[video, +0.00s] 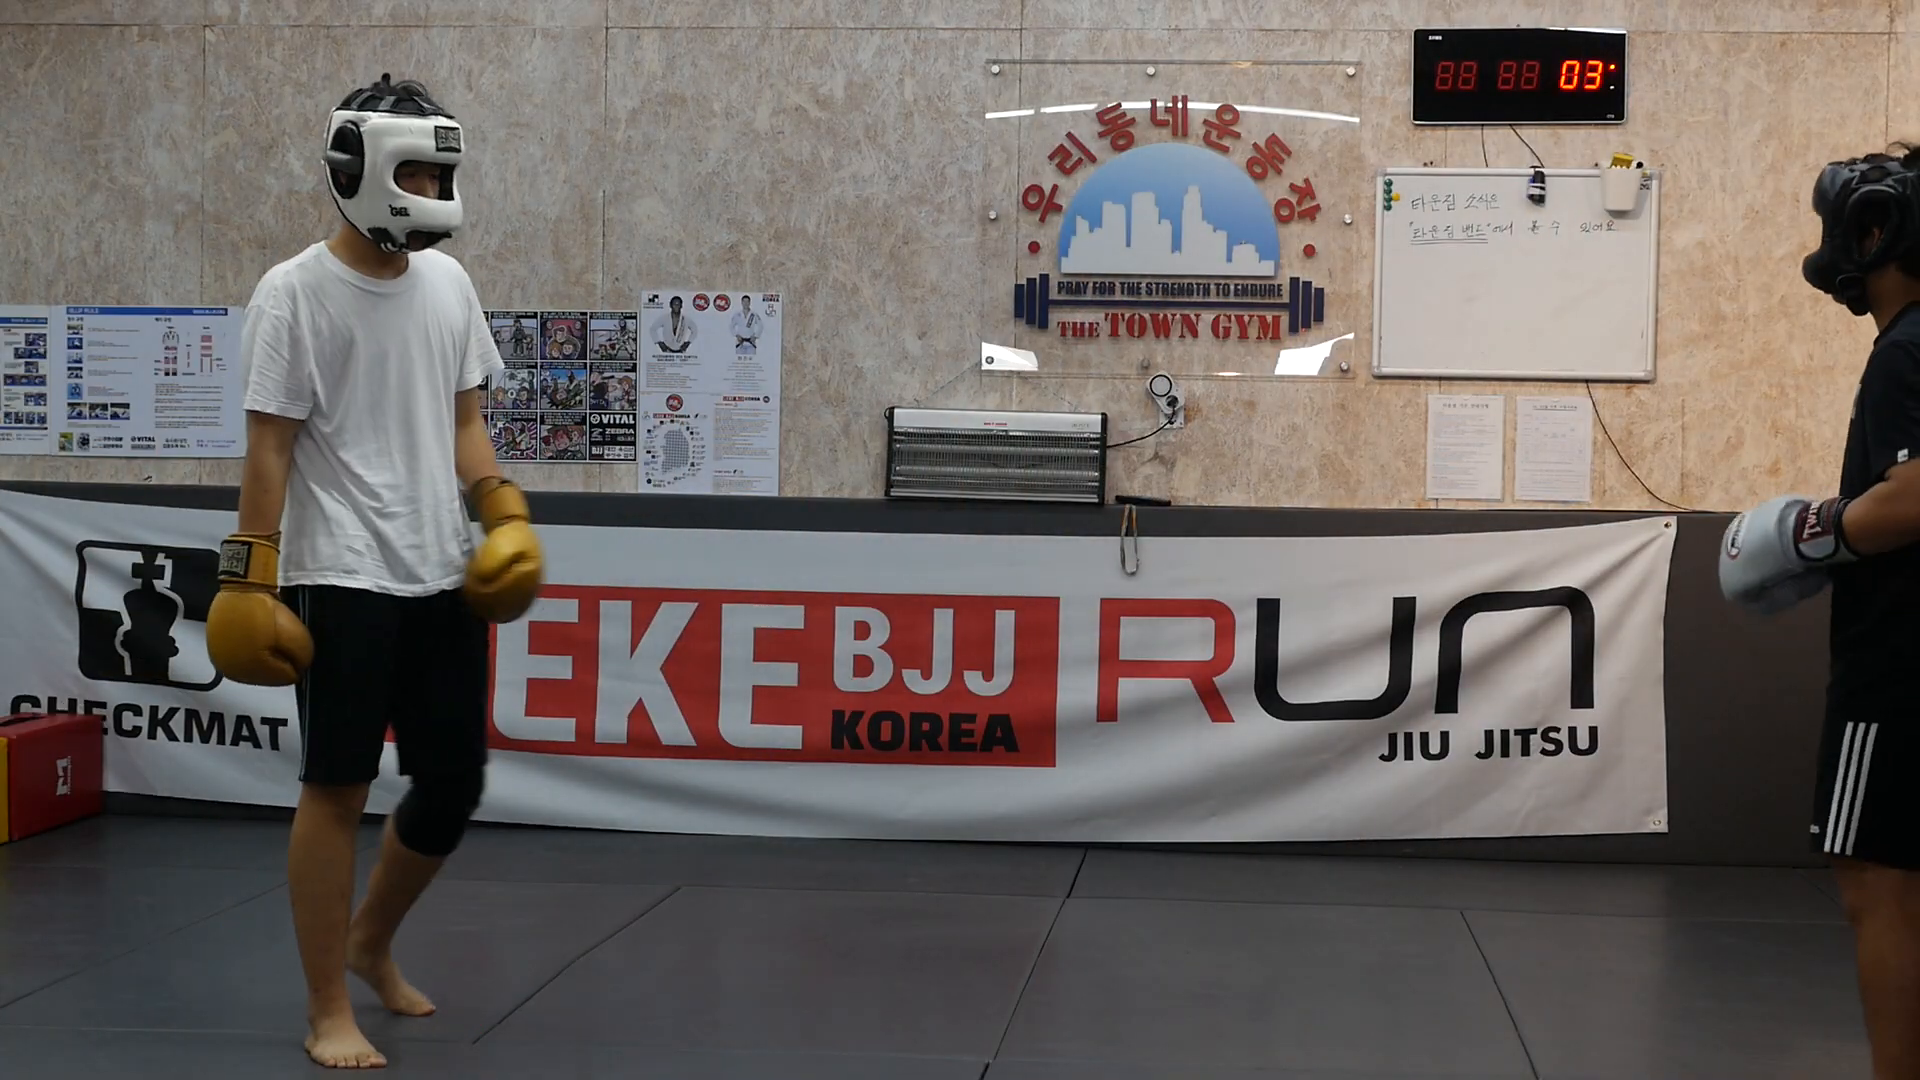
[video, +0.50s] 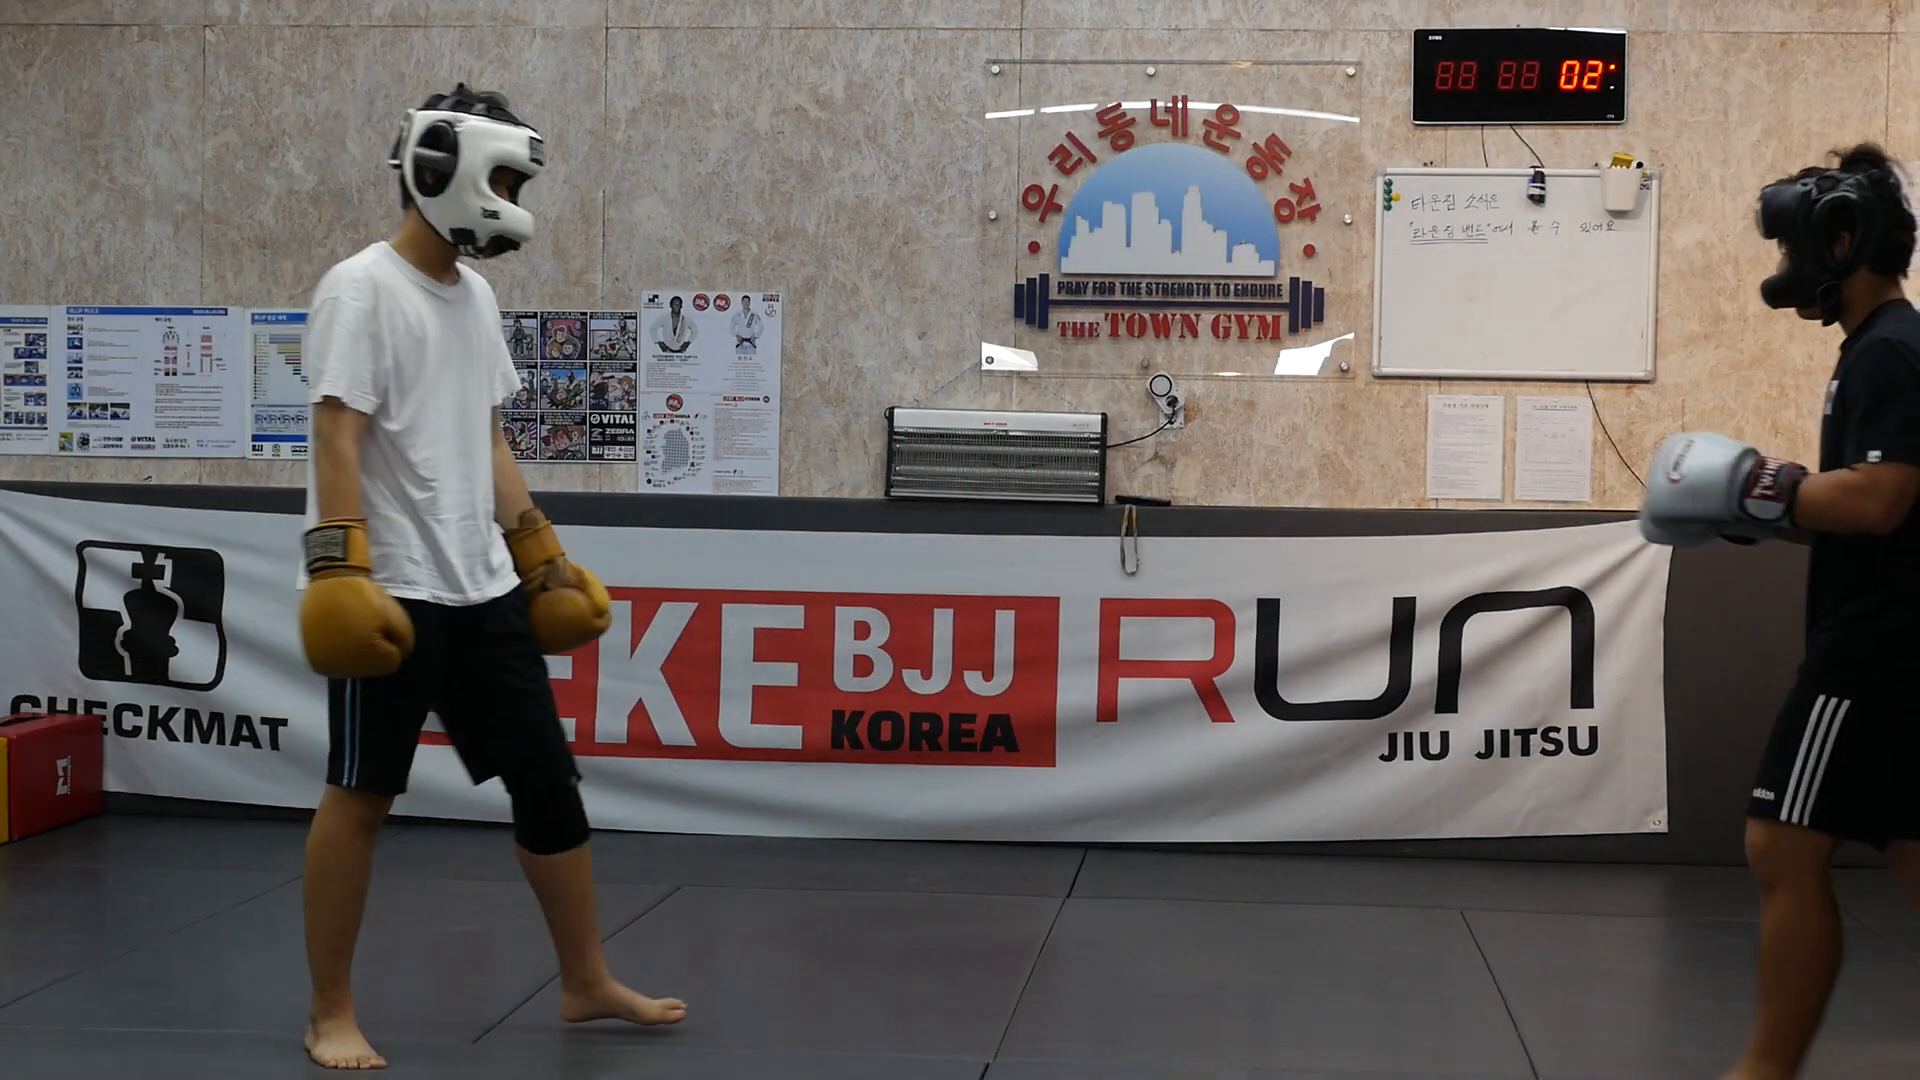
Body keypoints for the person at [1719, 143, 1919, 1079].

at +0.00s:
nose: (1840, 276)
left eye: (1843, 255)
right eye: (1839, 259)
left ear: (1876, 244)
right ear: (1899, 244)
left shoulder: (1907, 347)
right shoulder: (1904, 343)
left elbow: (1909, 491)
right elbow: (1900, 491)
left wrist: (1819, 532)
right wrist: (1823, 534)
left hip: (1895, 669)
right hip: (1892, 662)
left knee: (1875, 881)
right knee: (1881, 879)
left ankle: (1896, 1064)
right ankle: (1897, 1060)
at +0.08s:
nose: (1838, 266)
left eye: (1847, 245)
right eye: (1839, 247)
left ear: (1883, 242)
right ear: (1898, 243)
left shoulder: (1909, 346)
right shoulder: (1903, 340)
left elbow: (1907, 495)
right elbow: (1897, 492)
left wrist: (1812, 531)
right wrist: (1817, 528)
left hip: (1894, 671)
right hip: (1887, 666)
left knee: (1885, 888)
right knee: (1883, 883)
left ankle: (1898, 1063)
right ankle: (1896, 1058)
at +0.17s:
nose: (1838, 264)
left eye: (1847, 242)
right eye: (1840, 243)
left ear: (1884, 238)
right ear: (1895, 239)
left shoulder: (1908, 346)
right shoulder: (1901, 341)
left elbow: (1910, 490)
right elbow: (1896, 488)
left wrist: (1816, 518)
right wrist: (1816, 526)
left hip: (1893, 666)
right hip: (1886, 659)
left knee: (1884, 884)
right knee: (1882, 880)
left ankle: (1899, 1064)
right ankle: (1897, 1059)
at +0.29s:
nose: (1832, 265)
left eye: (1840, 245)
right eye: (1834, 246)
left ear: (1876, 244)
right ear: (1890, 245)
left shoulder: (1908, 350)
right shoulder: (1899, 344)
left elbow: (1909, 498)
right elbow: (1893, 495)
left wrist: (1798, 509)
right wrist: (1796, 518)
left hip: (1889, 651)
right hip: (1886, 643)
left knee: (1836, 859)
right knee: (1881, 854)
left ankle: (1890, 1064)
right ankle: (1894, 1058)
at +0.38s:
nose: (1817, 266)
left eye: (1827, 246)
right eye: (1819, 246)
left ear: (1866, 244)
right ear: (1882, 245)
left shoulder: (1905, 351)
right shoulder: (1896, 345)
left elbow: (1905, 501)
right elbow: (1891, 497)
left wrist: (1786, 500)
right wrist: (1795, 509)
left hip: (1886, 654)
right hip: (1892, 647)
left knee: (1801, 848)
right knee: (1912, 851)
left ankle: (1862, 1068)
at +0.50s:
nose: (1792, 268)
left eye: (1801, 248)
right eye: (1793, 249)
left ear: (1842, 249)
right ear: (1866, 249)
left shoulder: (1889, 350)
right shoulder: (1884, 344)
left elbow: (1881, 500)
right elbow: (1870, 497)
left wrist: (1764, 491)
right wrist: (1767, 497)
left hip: (1869, 653)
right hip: (1885, 647)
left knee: (1783, 847)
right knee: (1909, 850)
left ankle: (1769, 1065)